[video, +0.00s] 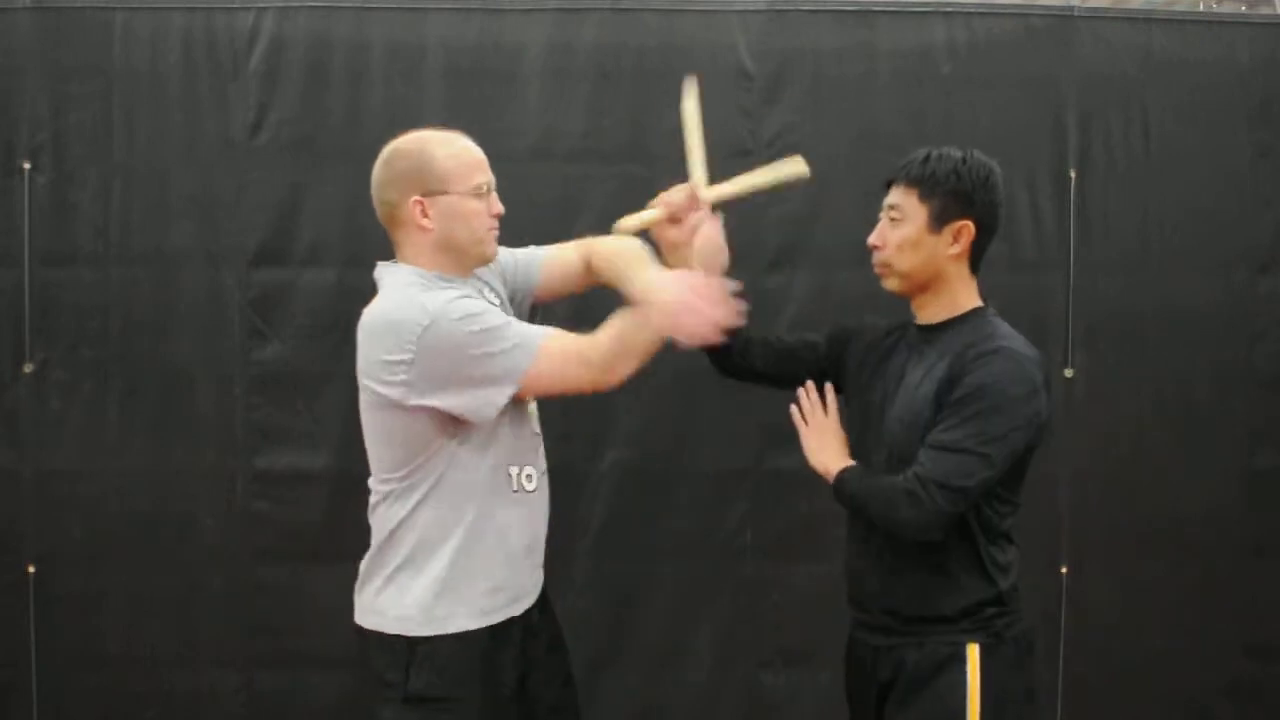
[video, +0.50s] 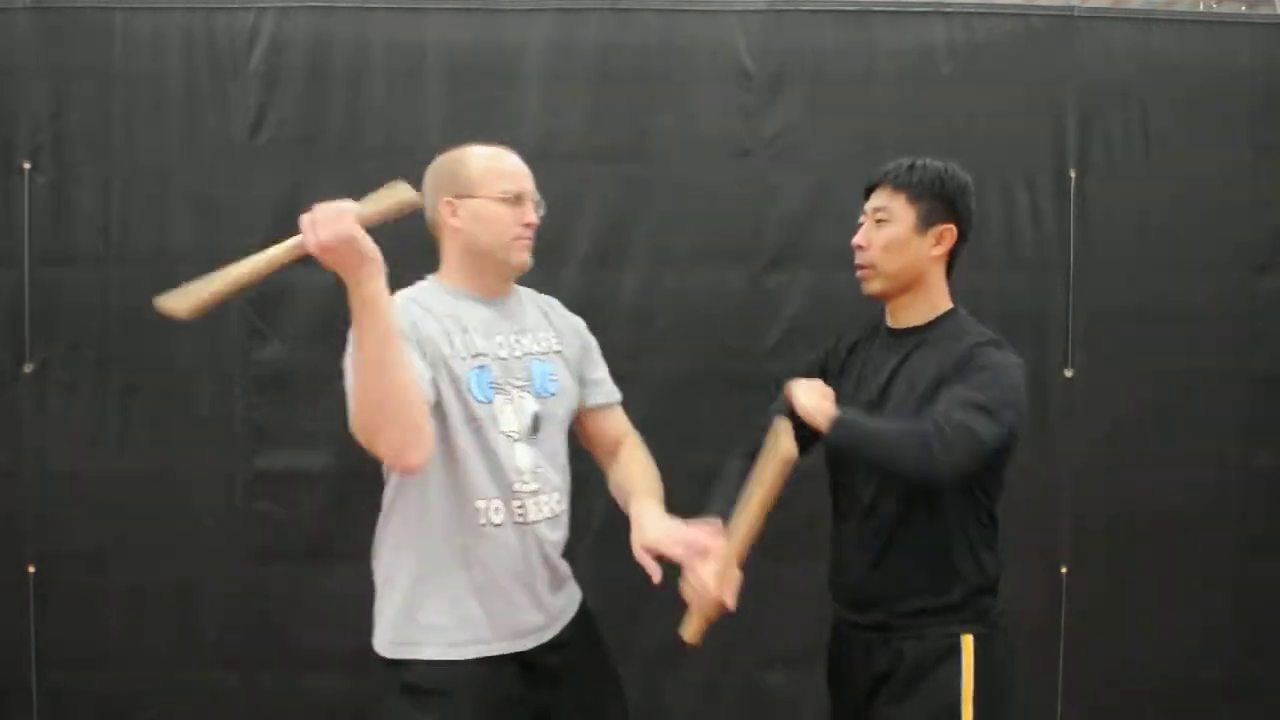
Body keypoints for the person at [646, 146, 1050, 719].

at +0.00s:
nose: (874, 239)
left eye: (894, 220)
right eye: (880, 219)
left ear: (957, 238)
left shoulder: (1005, 367)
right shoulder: (873, 351)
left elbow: (922, 507)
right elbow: (740, 356)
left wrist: (839, 469)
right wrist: (688, 259)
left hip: (961, 657)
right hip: (877, 649)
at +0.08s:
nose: (868, 240)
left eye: (890, 220)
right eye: (873, 221)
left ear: (952, 238)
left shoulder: (1001, 367)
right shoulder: (861, 350)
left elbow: (935, 515)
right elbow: (733, 351)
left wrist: (839, 474)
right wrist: (672, 263)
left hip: (957, 653)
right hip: (871, 646)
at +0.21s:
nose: (863, 238)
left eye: (884, 219)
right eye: (867, 220)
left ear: (947, 236)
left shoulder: (996, 368)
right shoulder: (855, 344)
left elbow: (961, 520)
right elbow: (736, 343)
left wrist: (845, 482)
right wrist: (661, 288)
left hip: (948, 651)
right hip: (864, 643)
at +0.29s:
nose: (862, 238)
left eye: (883, 219)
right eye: (866, 221)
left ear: (946, 236)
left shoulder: (996, 370)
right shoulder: (848, 343)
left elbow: (965, 520)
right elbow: (743, 351)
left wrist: (845, 480)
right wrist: (652, 332)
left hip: (948, 646)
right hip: (861, 638)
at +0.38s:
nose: (861, 240)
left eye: (884, 220)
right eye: (866, 221)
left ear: (945, 237)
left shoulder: (996, 369)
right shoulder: (853, 343)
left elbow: (967, 508)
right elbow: (755, 385)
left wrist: (843, 464)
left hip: (947, 647)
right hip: (858, 638)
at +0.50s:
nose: (857, 241)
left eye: (880, 222)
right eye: (862, 223)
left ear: (940, 240)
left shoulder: (990, 366)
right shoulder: (851, 356)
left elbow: (943, 453)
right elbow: (772, 448)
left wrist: (833, 421)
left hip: (944, 647)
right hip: (856, 640)